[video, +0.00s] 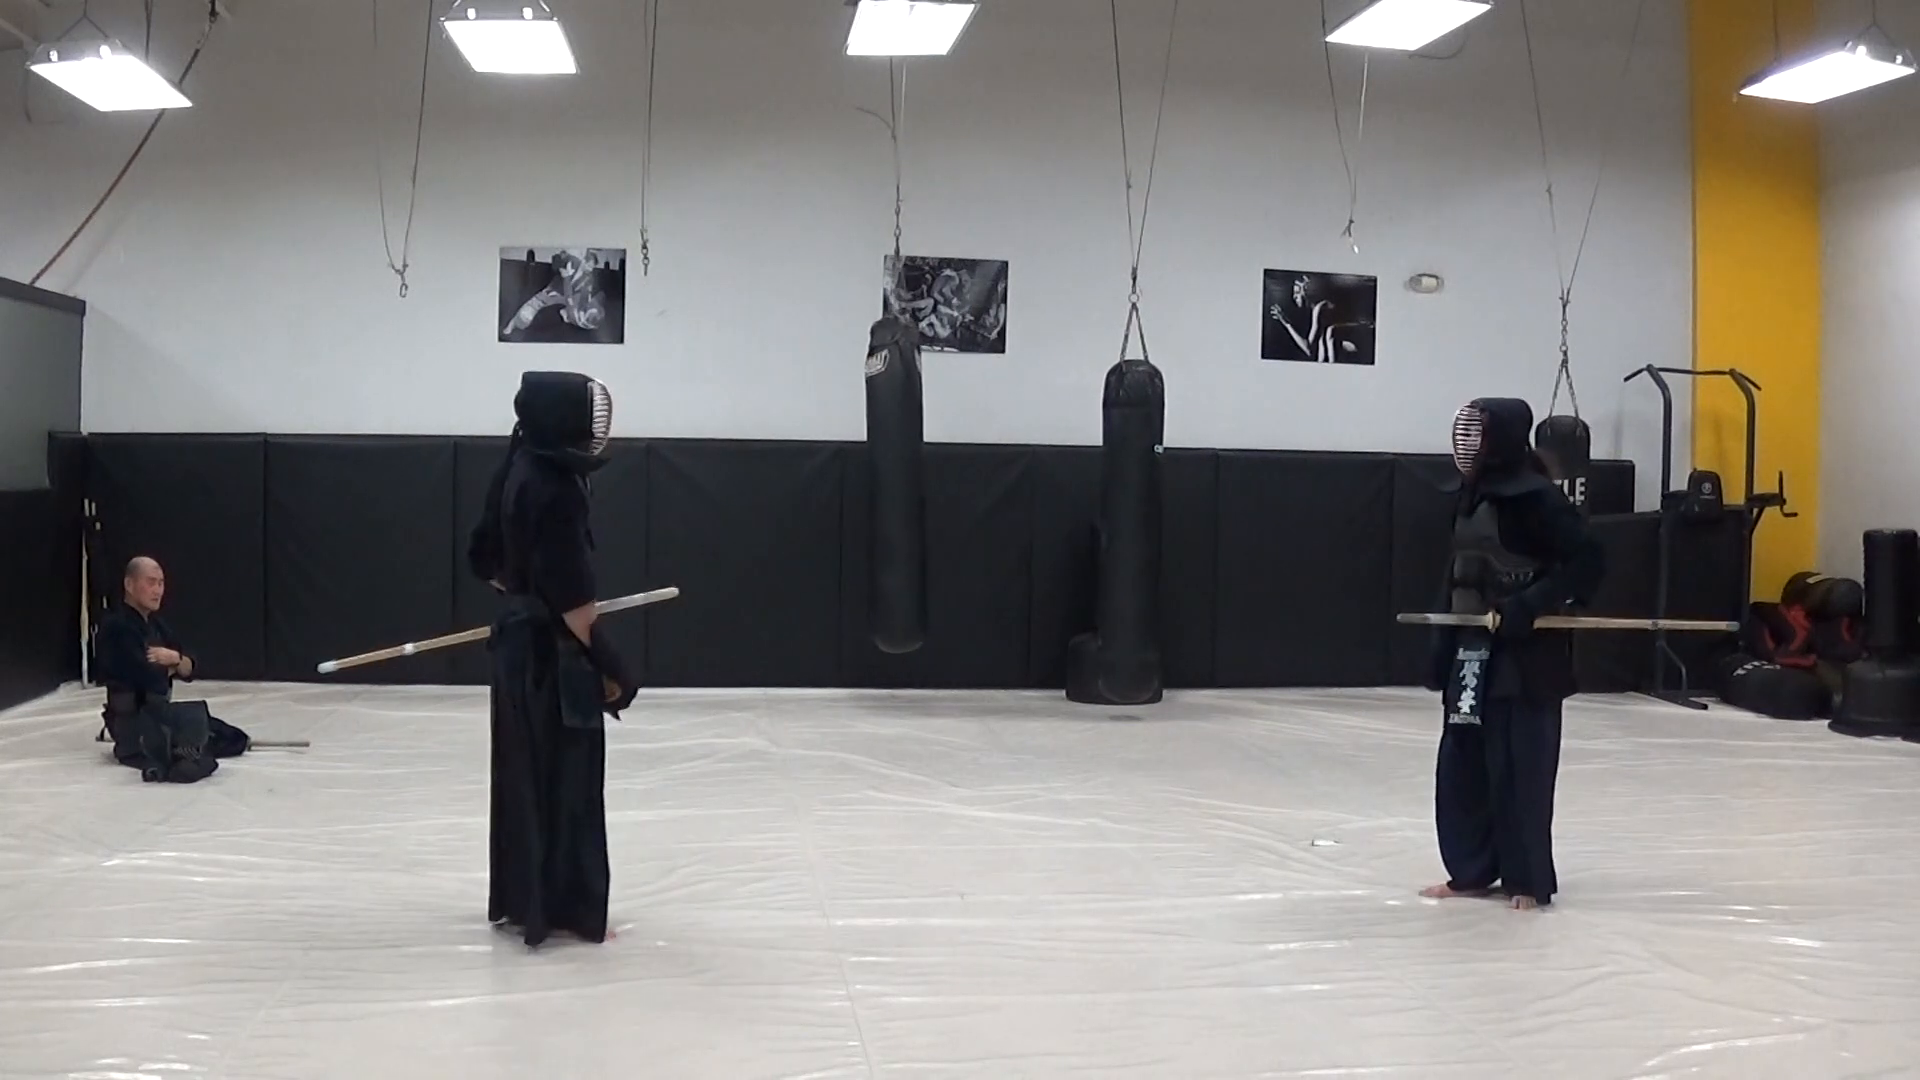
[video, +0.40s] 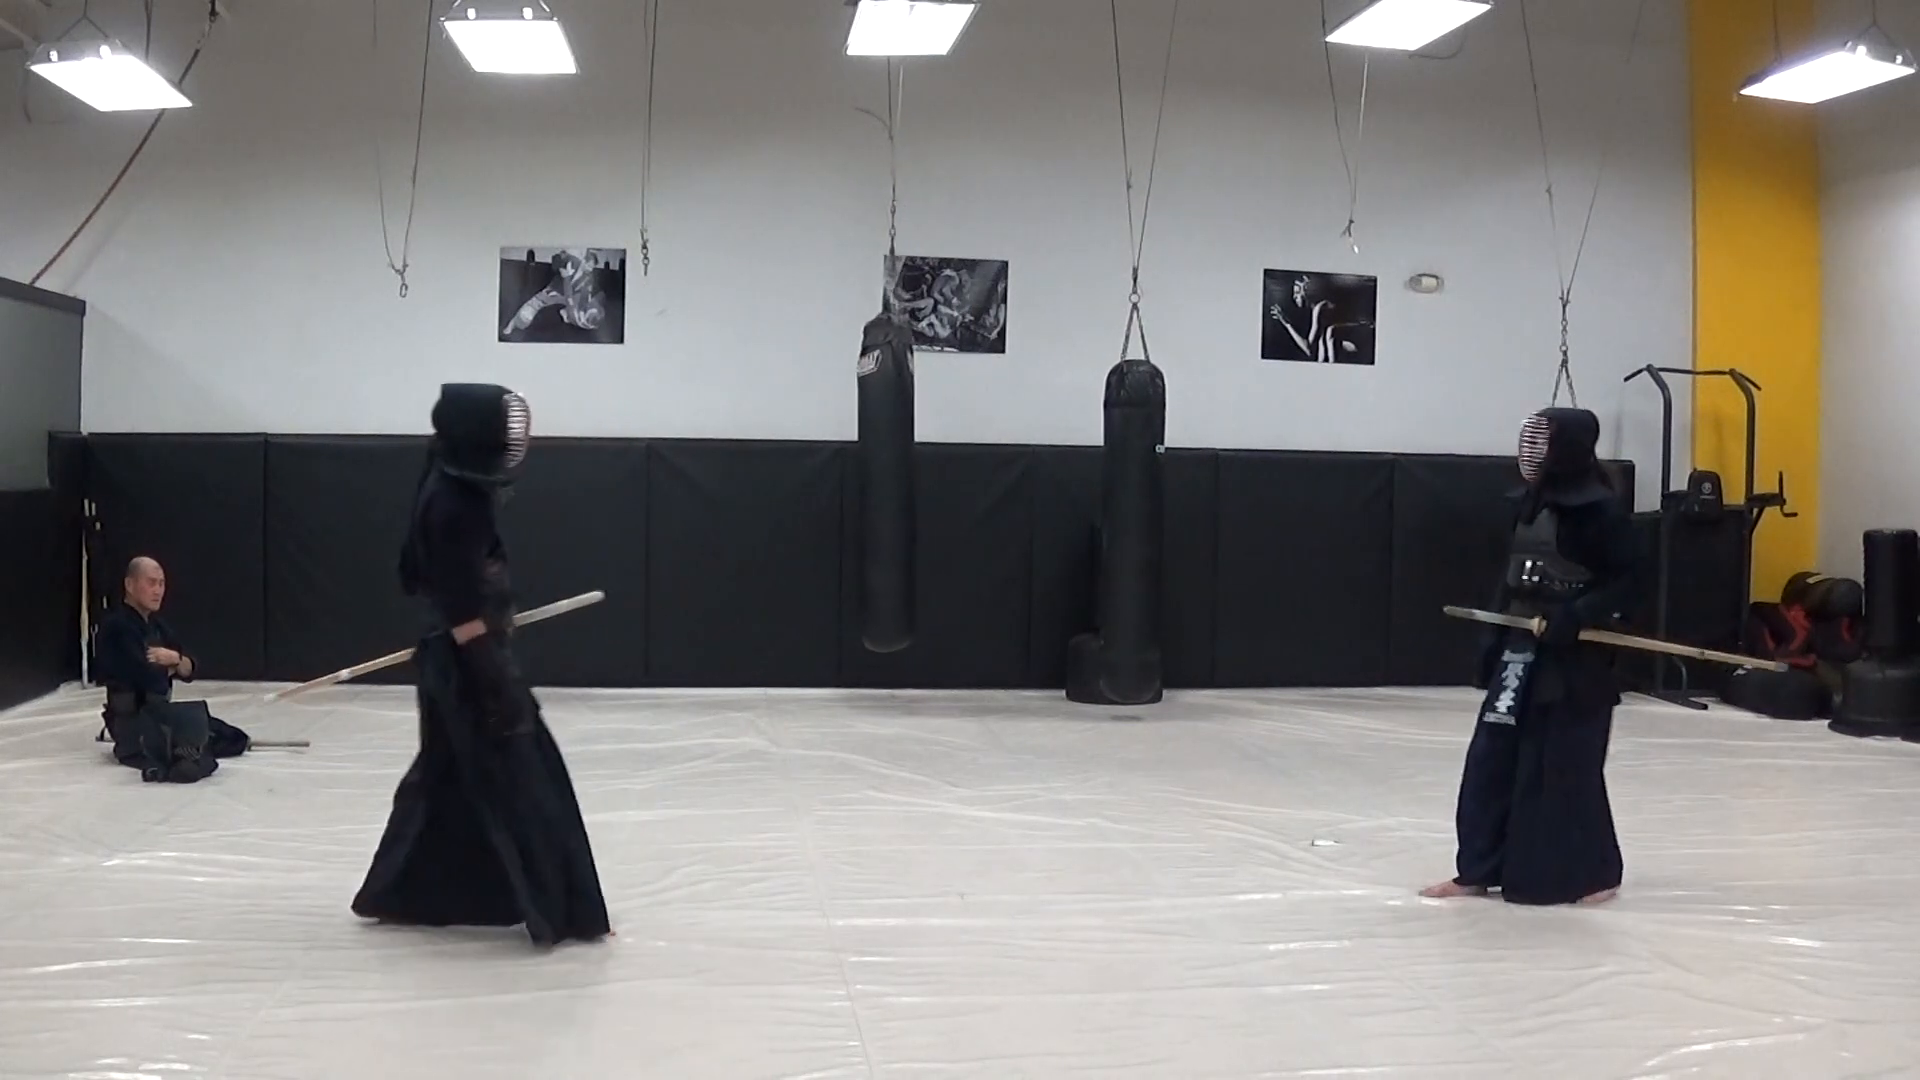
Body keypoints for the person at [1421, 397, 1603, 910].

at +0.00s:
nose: (1464, 449)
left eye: (1473, 439)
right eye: (1461, 438)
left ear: (1500, 441)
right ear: (1462, 440)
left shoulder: (1535, 497)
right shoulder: (1469, 499)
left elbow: (1586, 560)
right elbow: (1459, 580)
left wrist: (1527, 604)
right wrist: (1445, 652)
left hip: (1526, 655)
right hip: (1472, 654)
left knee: (1522, 768)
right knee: (1464, 764)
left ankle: (1528, 881)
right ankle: (1474, 872)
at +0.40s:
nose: (1527, 455)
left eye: (1538, 446)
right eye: (1527, 445)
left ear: (1566, 451)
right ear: (1529, 448)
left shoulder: (1599, 510)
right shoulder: (1528, 506)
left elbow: (1628, 583)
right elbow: (1510, 581)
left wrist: (1572, 614)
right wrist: (1492, 643)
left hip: (1575, 661)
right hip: (1518, 654)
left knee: (1571, 765)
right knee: (1488, 760)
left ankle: (1597, 875)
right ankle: (1479, 872)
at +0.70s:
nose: (1583, 453)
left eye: (1593, 444)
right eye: (1583, 443)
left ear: (1620, 449)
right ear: (1587, 444)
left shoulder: (1655, 509)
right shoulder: (1586, 502)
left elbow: (1684, 582)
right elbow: (1575, 575)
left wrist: (1632, 611)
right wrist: (1559, 639)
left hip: (1630, 654)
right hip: (1576, 648)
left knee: (1616, 758)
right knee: (1551, 744)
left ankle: (1610, 874)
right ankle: (1554, 862)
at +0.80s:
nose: (1602, 452)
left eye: (1611, 443)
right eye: (1602, 442)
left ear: (1638, 449)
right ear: (1612, 444)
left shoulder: (1674, 510)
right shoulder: (1602, 504)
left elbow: (1702, 581)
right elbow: (1587, 578)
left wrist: (1647, 614)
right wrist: (1568, 646)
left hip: (1644, 654)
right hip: (1593, 648)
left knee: (1629, 757)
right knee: (1571, 747)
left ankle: (1626, 877)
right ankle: (1594, 868)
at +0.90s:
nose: (1620, 456)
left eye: (1630, 447)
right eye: (1619, 446)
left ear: (1658, 453)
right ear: (1618, 447)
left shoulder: (1691, 511)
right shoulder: (1618, 504)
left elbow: (1722, 587)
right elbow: (1603, 582)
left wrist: (1664, 617)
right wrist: (1578, 645)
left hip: (1662, 651)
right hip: (1613, 644)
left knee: (1639, 755)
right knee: (1604, 745)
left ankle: (1615, 875)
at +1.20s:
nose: (1664, 456)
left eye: (1673, 447)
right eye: (1663, 446)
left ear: (1700, 450)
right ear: (1670, 450)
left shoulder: (1733, 507)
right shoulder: (1672, 504)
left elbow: (1774, 577)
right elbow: (1654, 578)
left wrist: (1713, 616)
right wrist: (1637, 632)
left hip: (1709, 653)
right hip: (1670, 648)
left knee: (1679, 755)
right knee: (1682, 753)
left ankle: (1660, 866)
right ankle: (1700, 861)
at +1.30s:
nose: (1686, 450)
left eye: (1694, 442)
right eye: (1686, 442)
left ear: (1715, 447)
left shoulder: (1749, 506)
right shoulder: (1683, 503)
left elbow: (1789, 574)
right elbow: (1666, 573)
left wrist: (1730, 614)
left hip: (1727, 651)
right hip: (1679, 645)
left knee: (1722, 753)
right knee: (1683, 750)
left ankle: (1728, 862)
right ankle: (1691, 858)